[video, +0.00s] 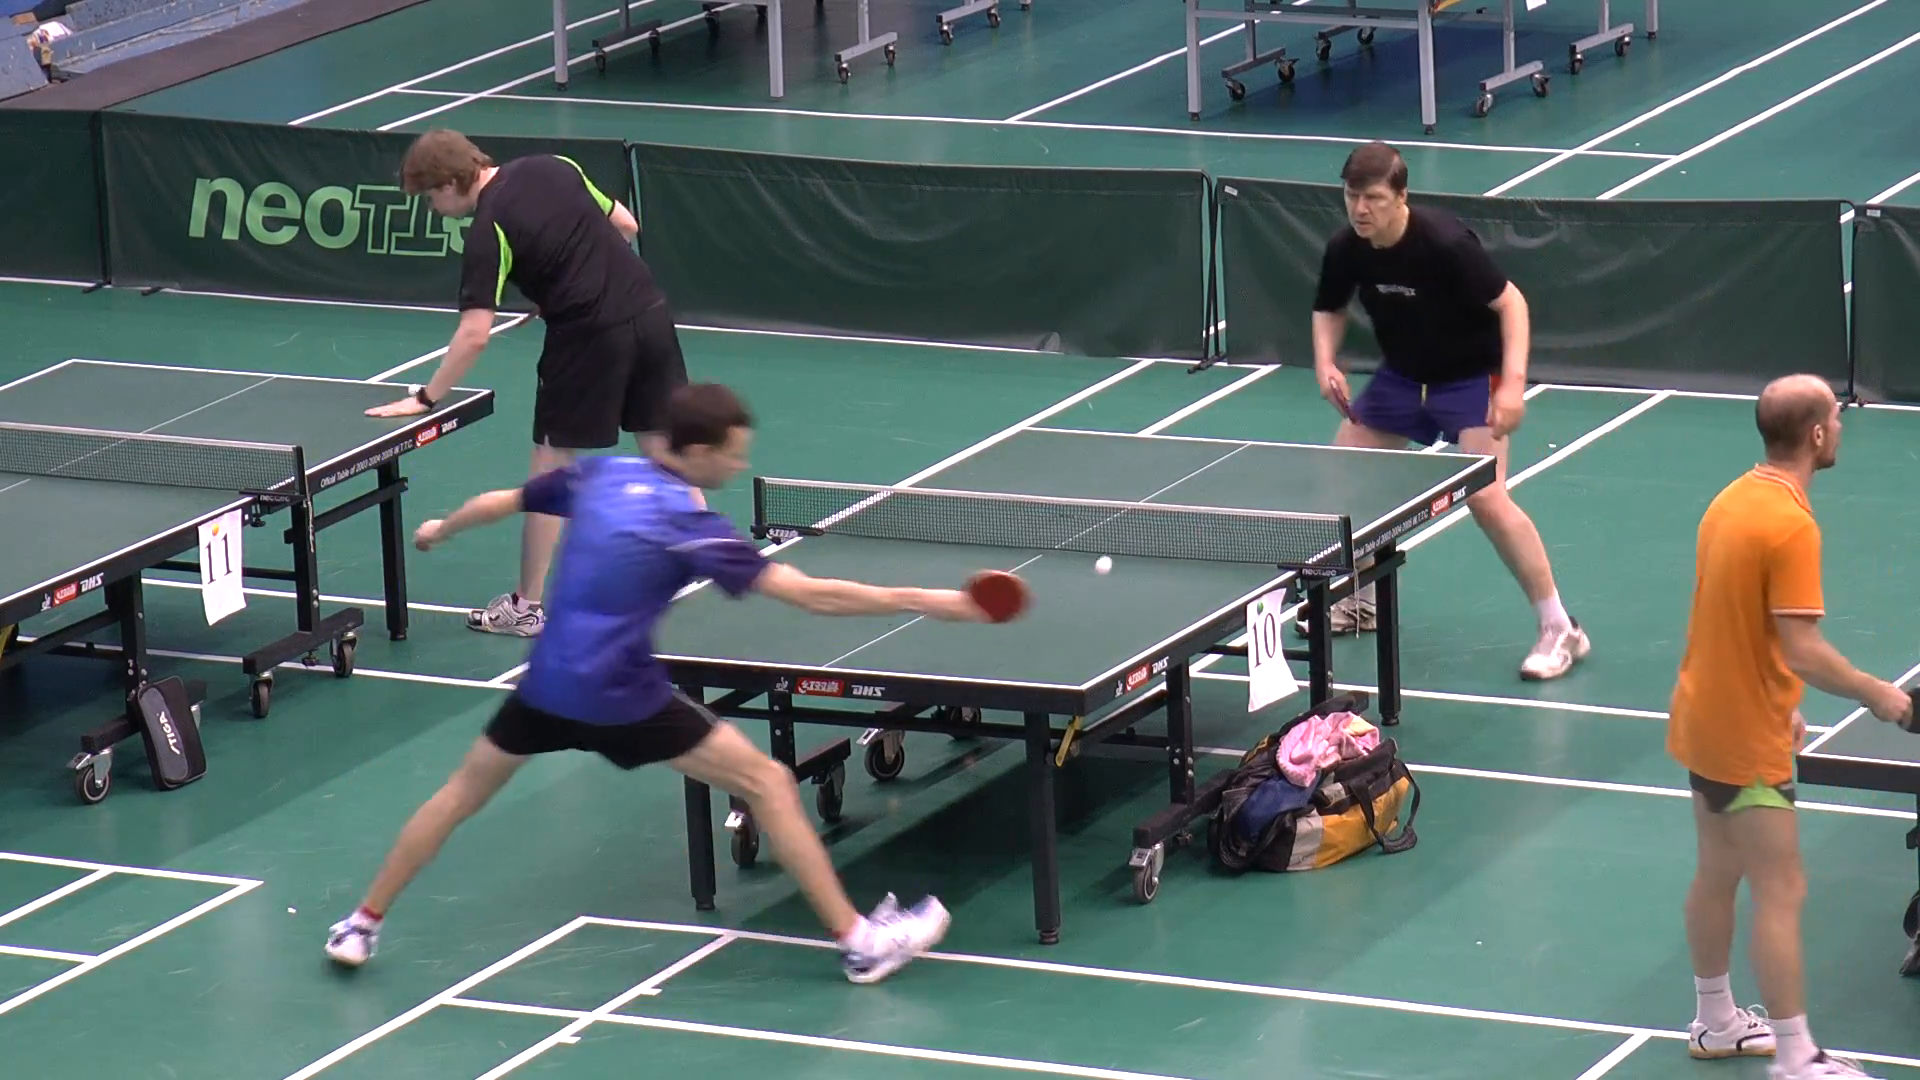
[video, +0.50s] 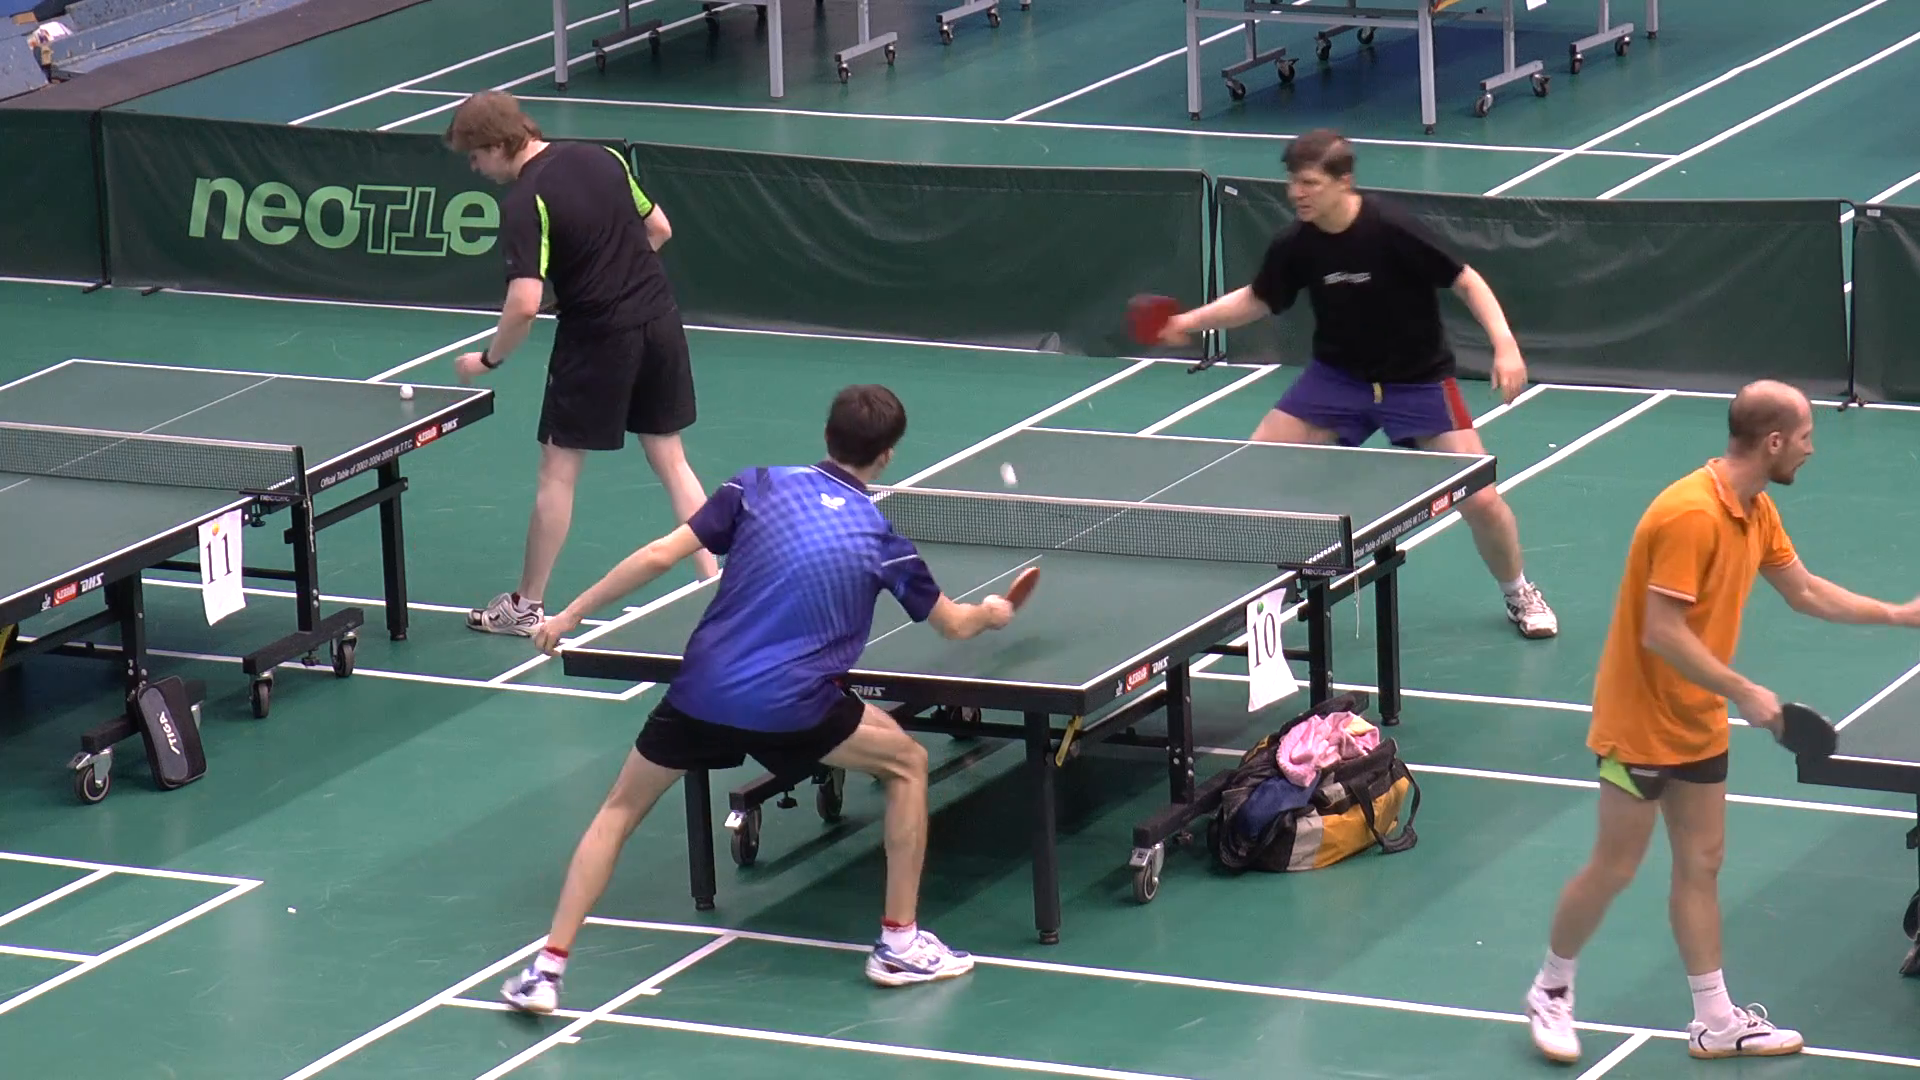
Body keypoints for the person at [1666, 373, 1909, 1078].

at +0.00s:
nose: (1839, 428)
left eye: (1837, 416)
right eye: (1836, 418)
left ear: (1770, 433)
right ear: (1818, 434)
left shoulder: (1731, 499)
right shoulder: (1790, 521)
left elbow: (1721, 627)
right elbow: (1800, 647)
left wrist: (1776, 706)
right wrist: (1877, 691)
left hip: (1702, 721)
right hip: (1746, 734)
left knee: (1716, 872)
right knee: (1780, 890)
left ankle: (1714, 1020)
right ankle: (1797, 1054)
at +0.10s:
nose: (1836, 427)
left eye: (1834, 417)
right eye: (1834, 418)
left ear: (1769, 429)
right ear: (1814, 433)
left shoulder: (1736, 491)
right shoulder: (1771, 515)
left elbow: (1750, 621)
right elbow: (1776, 643)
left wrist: (1798, 688)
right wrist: (1853, 687)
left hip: (1697, 713)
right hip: (1724, 727)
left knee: (1710, 874)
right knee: (1747, 886)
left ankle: (1712, 1019)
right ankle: (1748, 1050)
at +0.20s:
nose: (1834, 431)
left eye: (1831, 420)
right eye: (1830, 421)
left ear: (1775, 430)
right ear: (1808, 434)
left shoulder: (1749, 496)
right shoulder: (1751, 514)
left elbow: (1774, 621)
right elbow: (1753, 646)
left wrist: (1833, 674)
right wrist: (1827, 688)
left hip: (1712, 715)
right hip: (1698, 725)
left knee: (1716, 870)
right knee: (1713, 879)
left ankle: (1717, 1016)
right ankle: (1692, 1044)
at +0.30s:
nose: (1832, 437)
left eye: (1830, 426)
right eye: (1828, 427)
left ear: (1779, 433)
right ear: (1801, 438)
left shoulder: (1752, 498)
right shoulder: (1737, 515)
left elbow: (1769, 589)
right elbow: (1722, 639)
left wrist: (1856, 633)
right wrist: (1802, 688)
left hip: (1714, 717)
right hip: (1681, 723)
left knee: (1711, 867)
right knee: (1680, 875)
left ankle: (1716, 1020)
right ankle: (1633, 1034)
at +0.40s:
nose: (1823, 440)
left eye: (1821, 429)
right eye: (1818, 430)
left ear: (1772, 435)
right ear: (1791, 439)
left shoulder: (1756, 503)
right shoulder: (1717, 513)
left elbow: (1787, 587)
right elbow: (1693, 634)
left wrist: (1880, 608)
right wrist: (1775, 689)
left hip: (1709, 717)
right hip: (1660, 721)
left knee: (1704, 863)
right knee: (1643, 873)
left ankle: (1714, 1019)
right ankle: (1584, 1011)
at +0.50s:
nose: (1810, 444)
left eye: (1809, 433)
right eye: (1805, 434)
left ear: (1763, 439)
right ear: (1773, 441)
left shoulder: (1755, 507)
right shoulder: (1690, 514)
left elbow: (1806, 593)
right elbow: (1661, 631)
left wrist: (1900, 613)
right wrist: (1743, 690)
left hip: (1700, 713)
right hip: (1640, 714)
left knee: (1700, 859)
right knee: (1612, 865)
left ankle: (1714, 1019)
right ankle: (1550, 990)